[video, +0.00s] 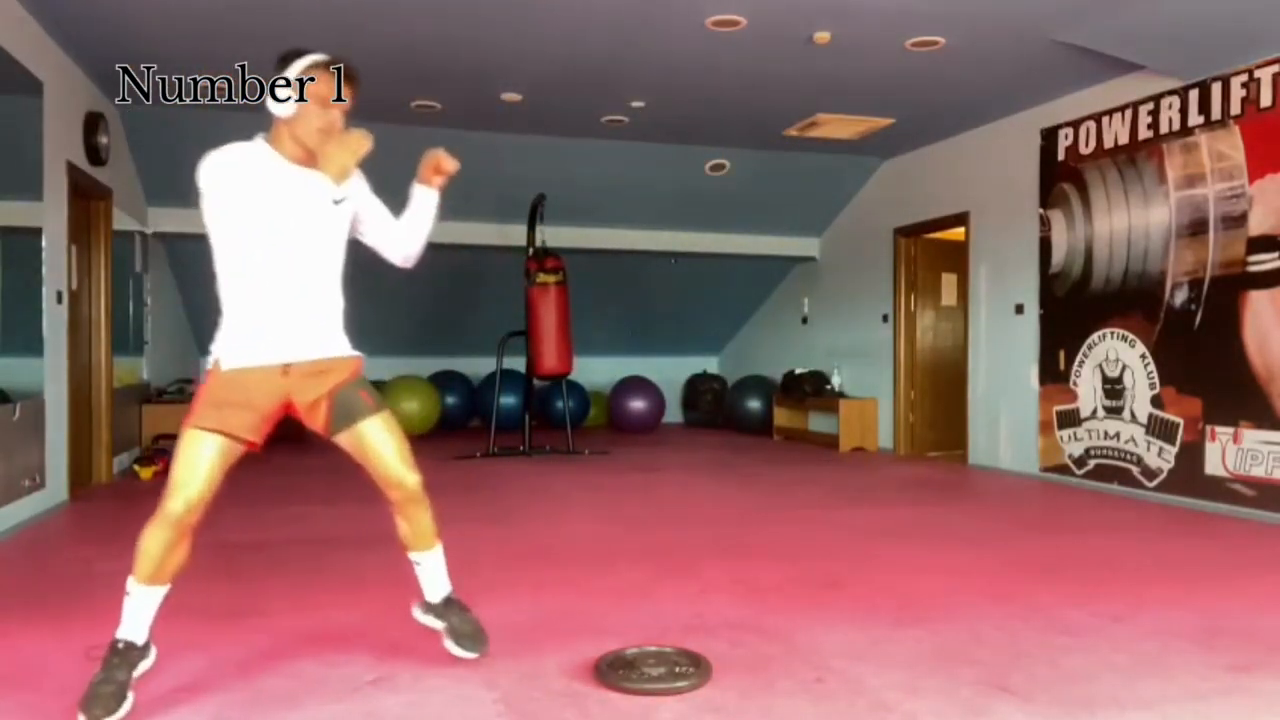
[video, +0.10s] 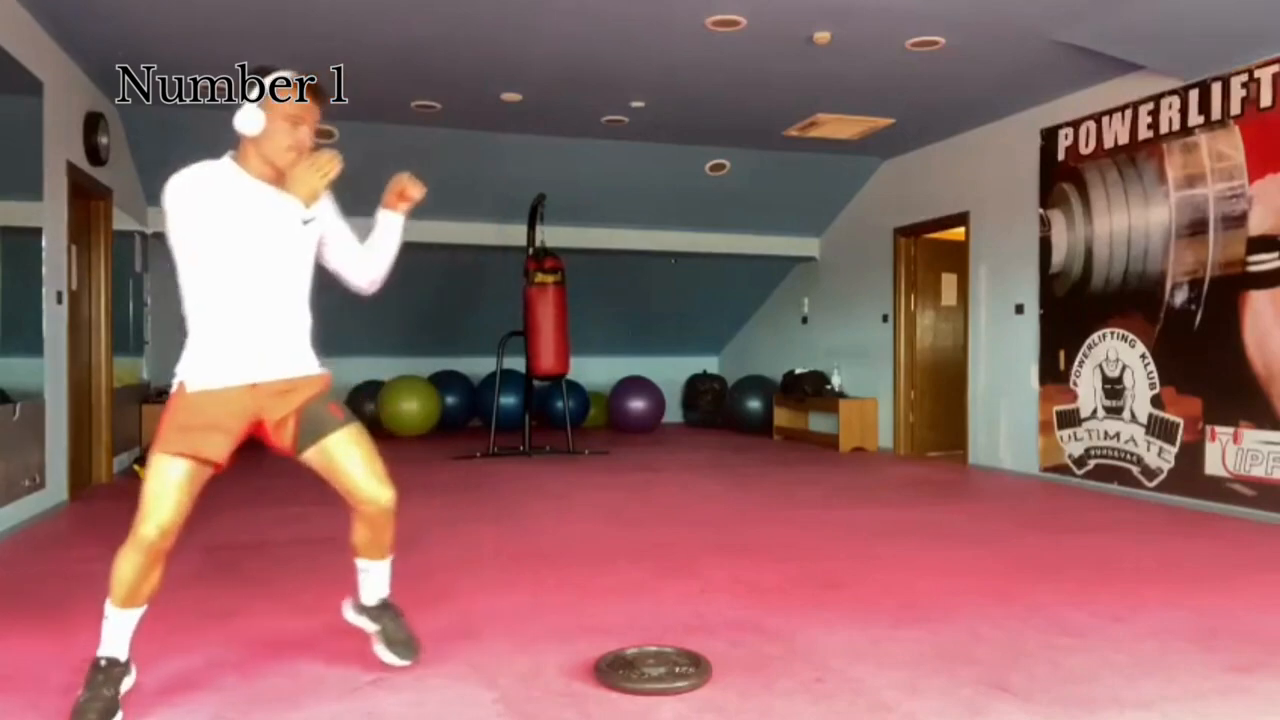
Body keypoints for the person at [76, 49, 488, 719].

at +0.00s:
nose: (342, 116)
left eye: (346, 105)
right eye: (332, 100)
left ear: (341, 112)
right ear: (286, 98)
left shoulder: (341, 177)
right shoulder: (223, 168)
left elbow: (402, 249)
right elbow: (257, 230)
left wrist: (428, 188)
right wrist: (334, 167)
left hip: (329, 367)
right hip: (241, 372)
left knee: (407, 483)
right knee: (179, 507)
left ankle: (439, 598)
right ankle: (129, 644)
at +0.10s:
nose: (308, 142)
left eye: (314, 130)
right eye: (295, 126)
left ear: (316, 134)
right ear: (253, 123)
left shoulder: (308, 197)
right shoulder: (190, 188)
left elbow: (364, 274)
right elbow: (217, 261)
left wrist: (392, 214)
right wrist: (298, 195)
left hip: (298, 383)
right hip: (208, 391)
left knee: (378, 497)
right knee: (151, 532)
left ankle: (373, 603)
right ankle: (110, 661)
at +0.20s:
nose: (280, 163)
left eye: (289, 153)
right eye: (269, 147)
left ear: (293, 160)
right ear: (228, 148)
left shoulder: (285, 227)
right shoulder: (164, 219)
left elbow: (316, 319)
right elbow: (193, 301)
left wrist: (352, 268)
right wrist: (274, 237)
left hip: (275, 412)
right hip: (187, 417)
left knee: (349, 528)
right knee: (137, 552)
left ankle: (324, 629)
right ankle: (111, 671)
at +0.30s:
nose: (288, 143)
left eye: (297, 132)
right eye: (277, 126)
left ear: (302, 136)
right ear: (237, 121)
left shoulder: (295, 198)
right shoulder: (172, 189)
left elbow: (331, 290)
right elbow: (204, 263)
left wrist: (368, 237)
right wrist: (285, 198)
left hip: (284, 389)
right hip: (194, 397)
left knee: (358, 509)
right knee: (148, 538)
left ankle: (343, 614)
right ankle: (113, 666)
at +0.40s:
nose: (321, 121)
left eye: (328, 110)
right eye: (313, 104)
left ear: (325, 114)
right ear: (271, 95)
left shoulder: (317, 177)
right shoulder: (201, 161)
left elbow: (383, 244)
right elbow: (228, 231)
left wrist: (415, 180)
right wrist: (315, 168)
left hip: (300, 366)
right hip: (214, 374)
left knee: (374, 485)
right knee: (173, 516)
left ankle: (382, 610)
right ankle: (125, 652)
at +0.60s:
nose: (396, 179)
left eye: (403, 168)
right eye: (386, 162)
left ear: (400, 173)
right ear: (346, 156)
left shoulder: (360, 235)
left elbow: (368, 320)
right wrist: (415, 233)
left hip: (335, 409)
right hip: (262, 419)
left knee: (430, 508)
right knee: (215, 544)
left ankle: (427, 648)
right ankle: (154, 644)